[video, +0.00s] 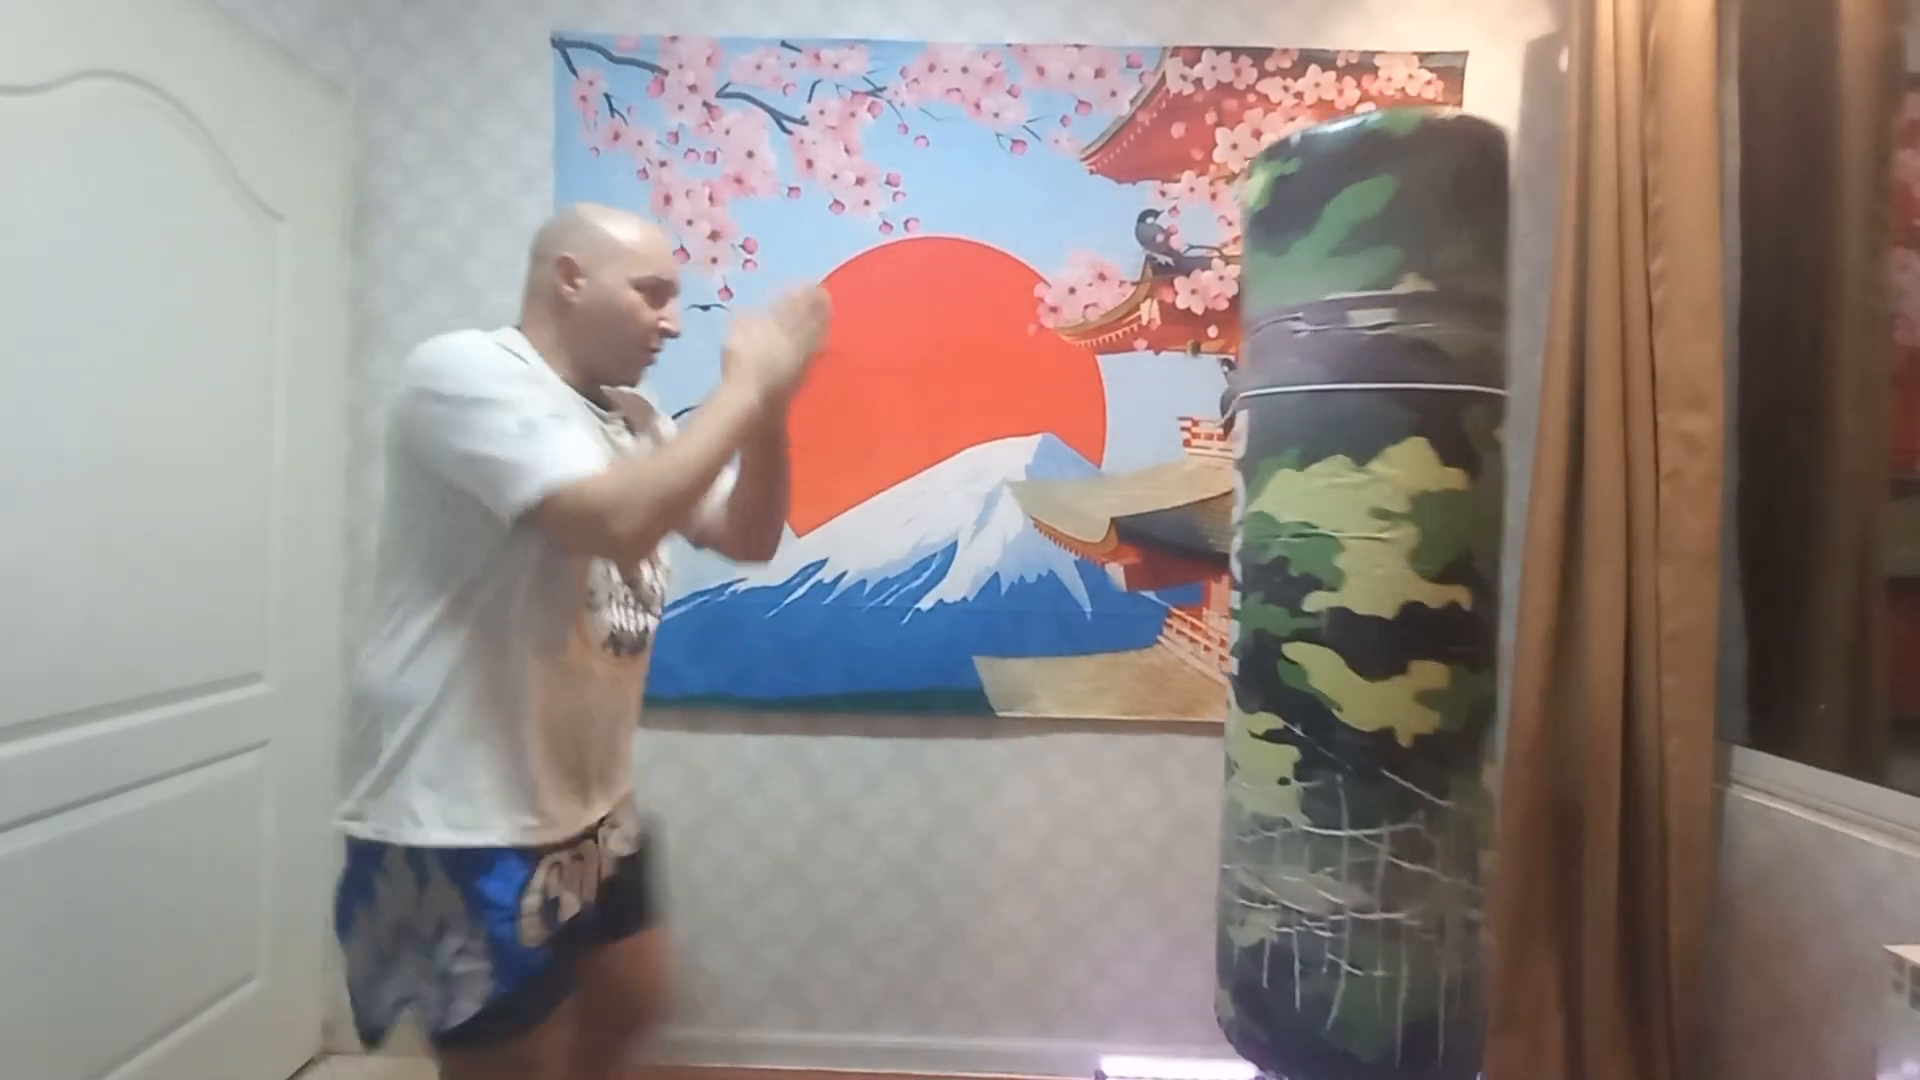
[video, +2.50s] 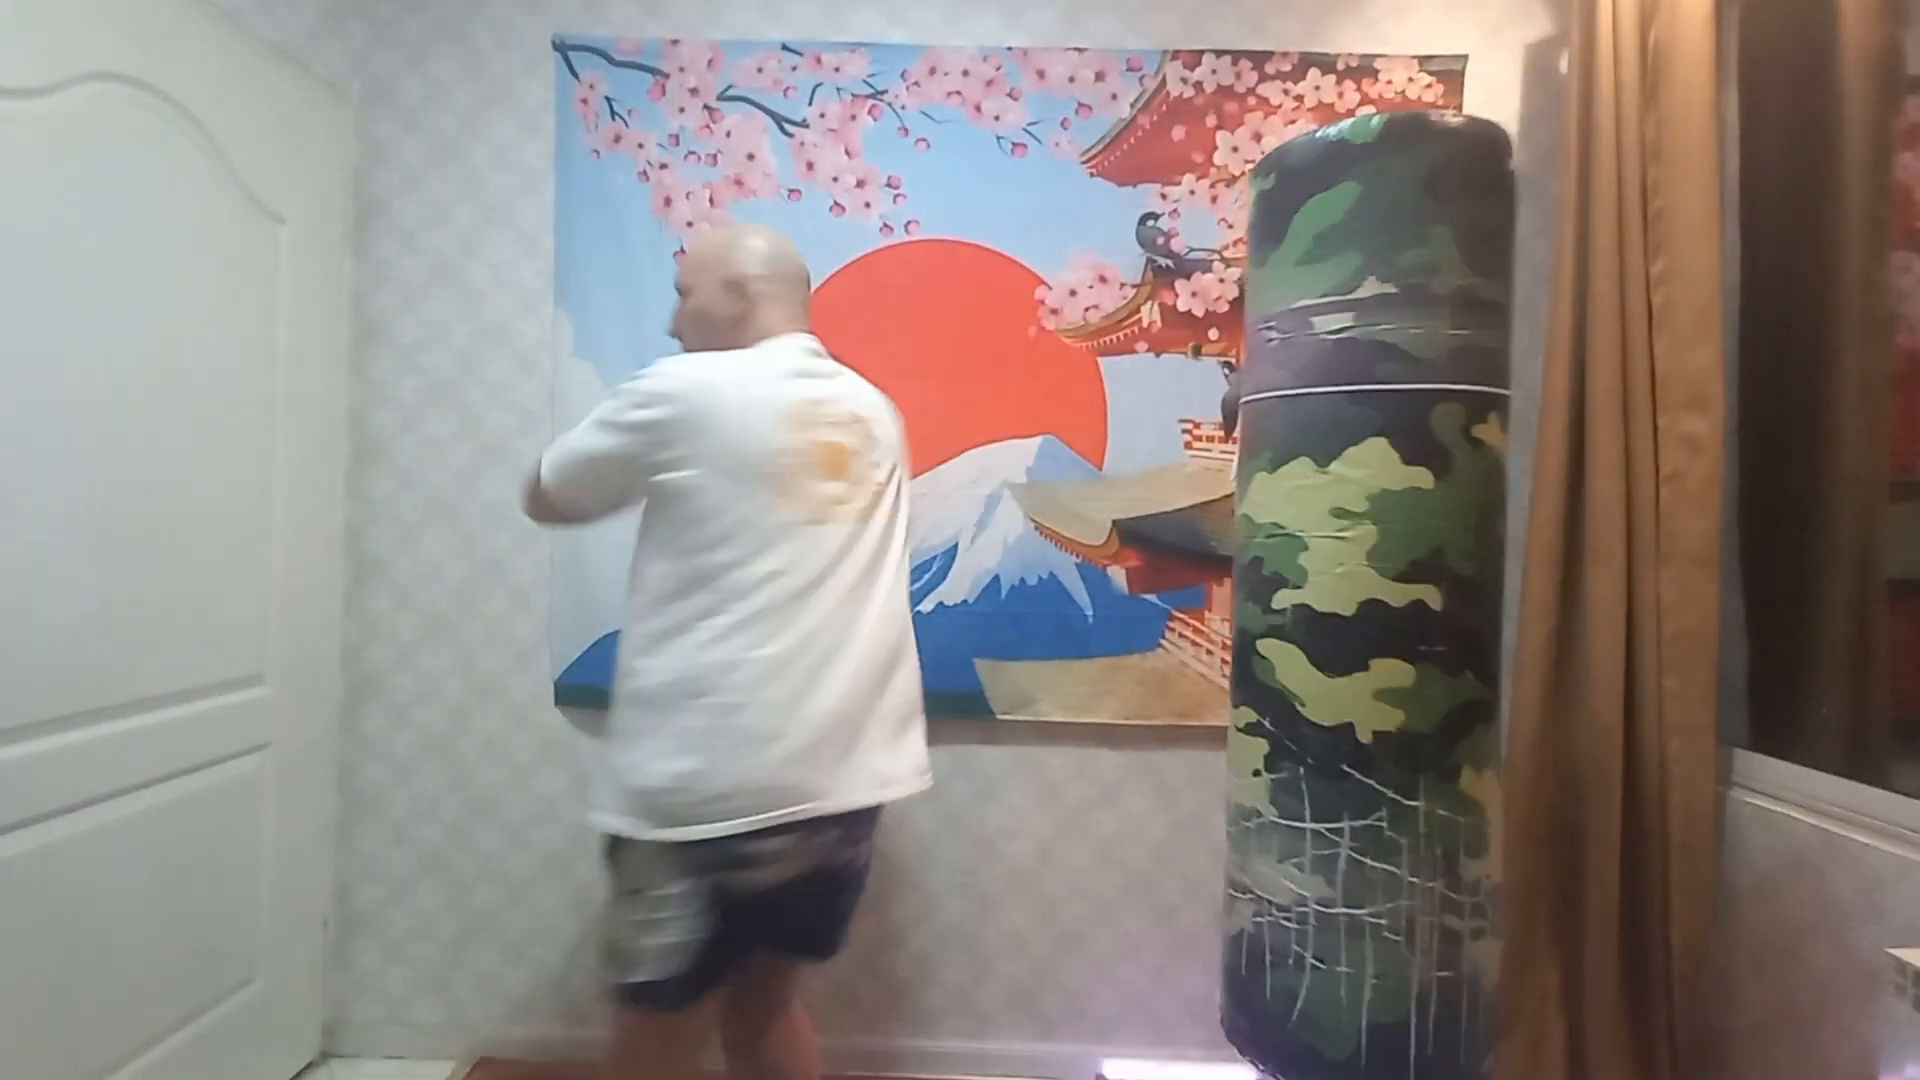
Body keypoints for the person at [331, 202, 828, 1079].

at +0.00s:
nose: (671, 322)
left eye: (673, 299)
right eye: (652, 293)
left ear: (577, 286)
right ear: (570, 282)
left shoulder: (632, 419)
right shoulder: (457, 374)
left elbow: (749, 536)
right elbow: (613, 518)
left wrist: (767, 402)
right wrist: (749, 386)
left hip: (593, 816)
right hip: (469, 839)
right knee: (518, 1063)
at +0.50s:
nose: (619, 325)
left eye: (620, 301)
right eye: (598, 295)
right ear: (507, 281)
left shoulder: (598, 432)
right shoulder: (373, 387)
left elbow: (683, 586)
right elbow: (412, 598)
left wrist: (704, 484)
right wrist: (627, 489)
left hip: (633, 761)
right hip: (479, 838)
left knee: (810, 898)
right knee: (519, 1066)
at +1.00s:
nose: (695, 334)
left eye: (696, 310)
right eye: (681, 308)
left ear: (596, 301)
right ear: (607, 298)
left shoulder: (504, 383)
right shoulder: (609, 388)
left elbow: (606, 537)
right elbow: (811, 460)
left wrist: (714, 472)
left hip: (461, 787)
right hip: (573, 799)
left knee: (491, 1024)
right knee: (658, 1045)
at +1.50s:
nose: (761, 313)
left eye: (760, 289)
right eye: (738, 284)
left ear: (658, 283)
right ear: (649, 280)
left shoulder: (771, 429)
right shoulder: (516, 420)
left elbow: (893, 534)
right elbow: (429, 637)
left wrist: (986, 476)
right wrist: (654, 587)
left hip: (861, 761)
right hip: (711, 868)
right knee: (806, 1071)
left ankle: (917, 955)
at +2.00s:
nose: (854, 295)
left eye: (848, 268)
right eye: (831, 268)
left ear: (757, 264)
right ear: (747, 265)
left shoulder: (854, 410)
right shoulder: (611, 409)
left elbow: (1019, 434)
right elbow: (516, 642)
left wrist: (1162, 356)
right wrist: (747, 680)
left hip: (858, 853)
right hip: (724, 893)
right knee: (732, 1065)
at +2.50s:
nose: (674, 312)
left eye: (686, 293)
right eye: (678, 291)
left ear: (740, 295)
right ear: (782, 298)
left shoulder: (683, 395)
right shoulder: (876, 411)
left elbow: (549, 494)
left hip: (696, 803)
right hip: (841, 792)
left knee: (654, 1044)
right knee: (768, 1011)